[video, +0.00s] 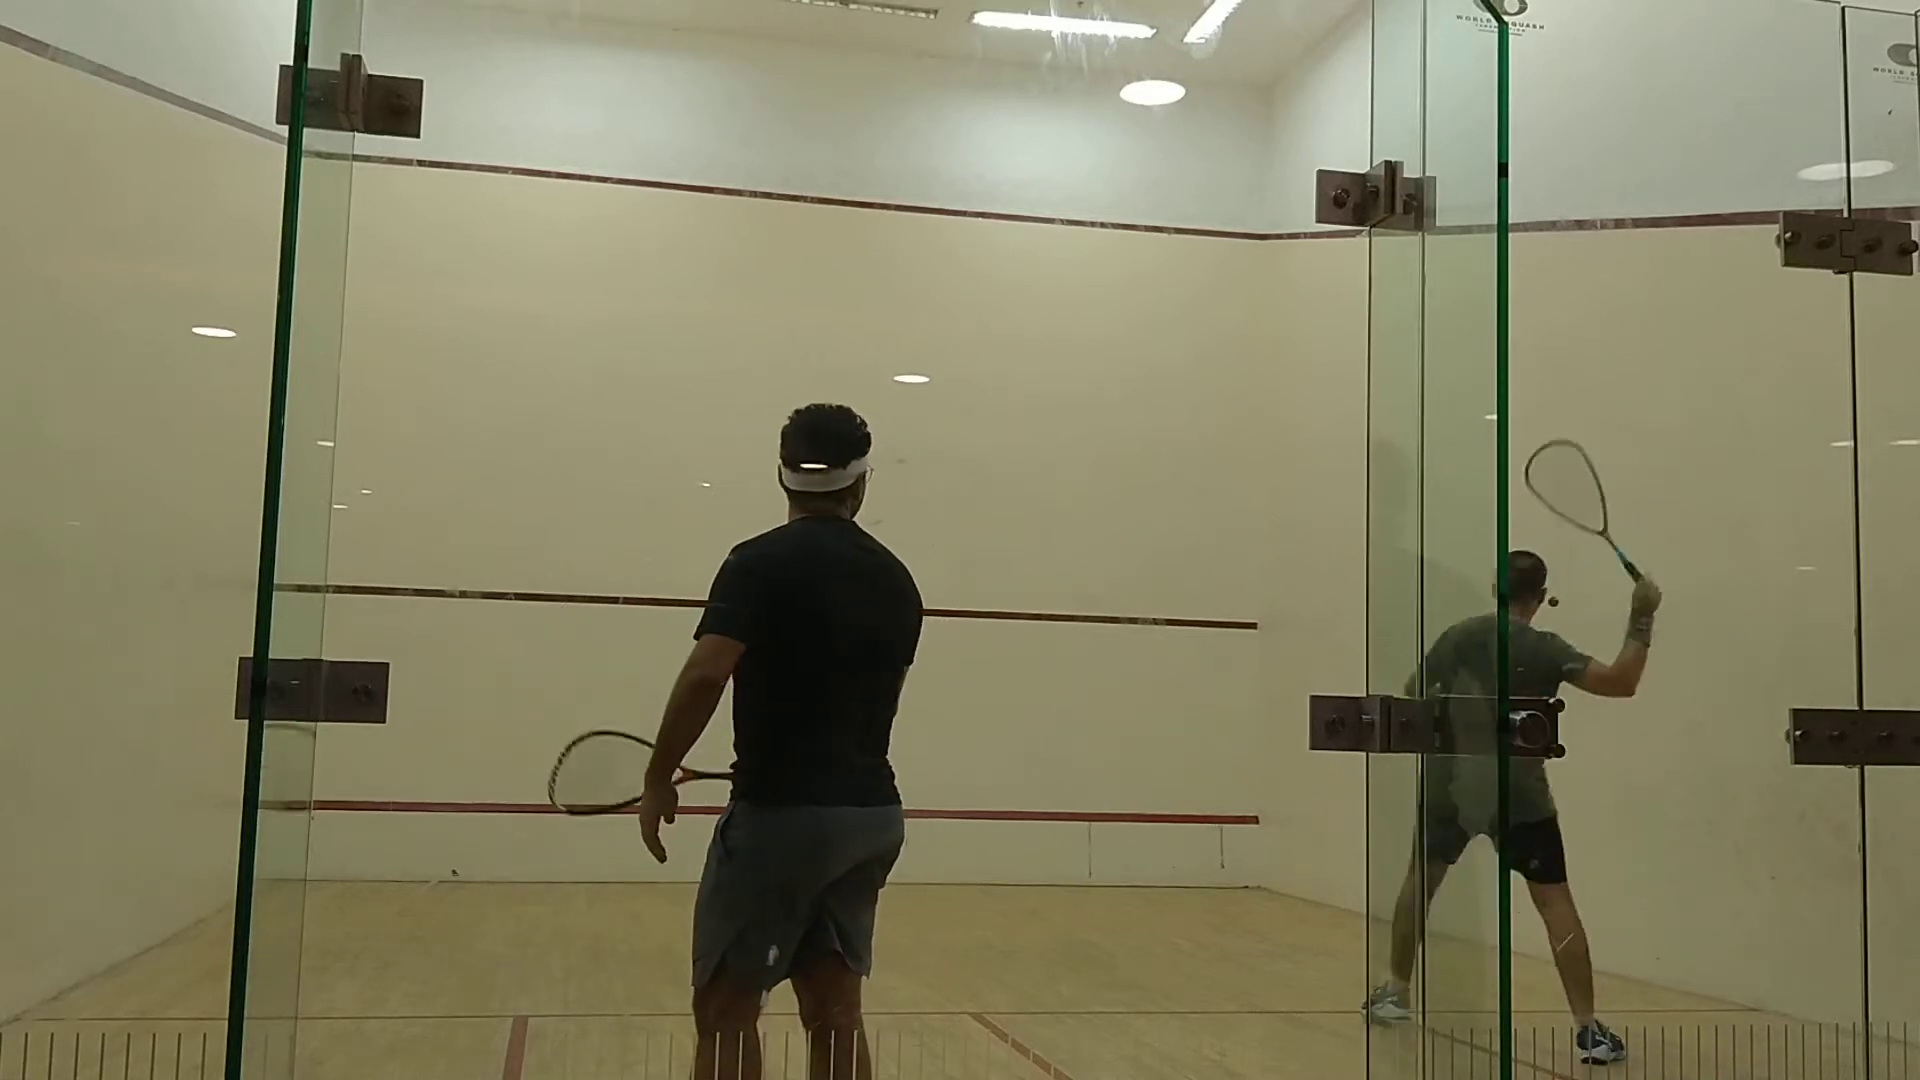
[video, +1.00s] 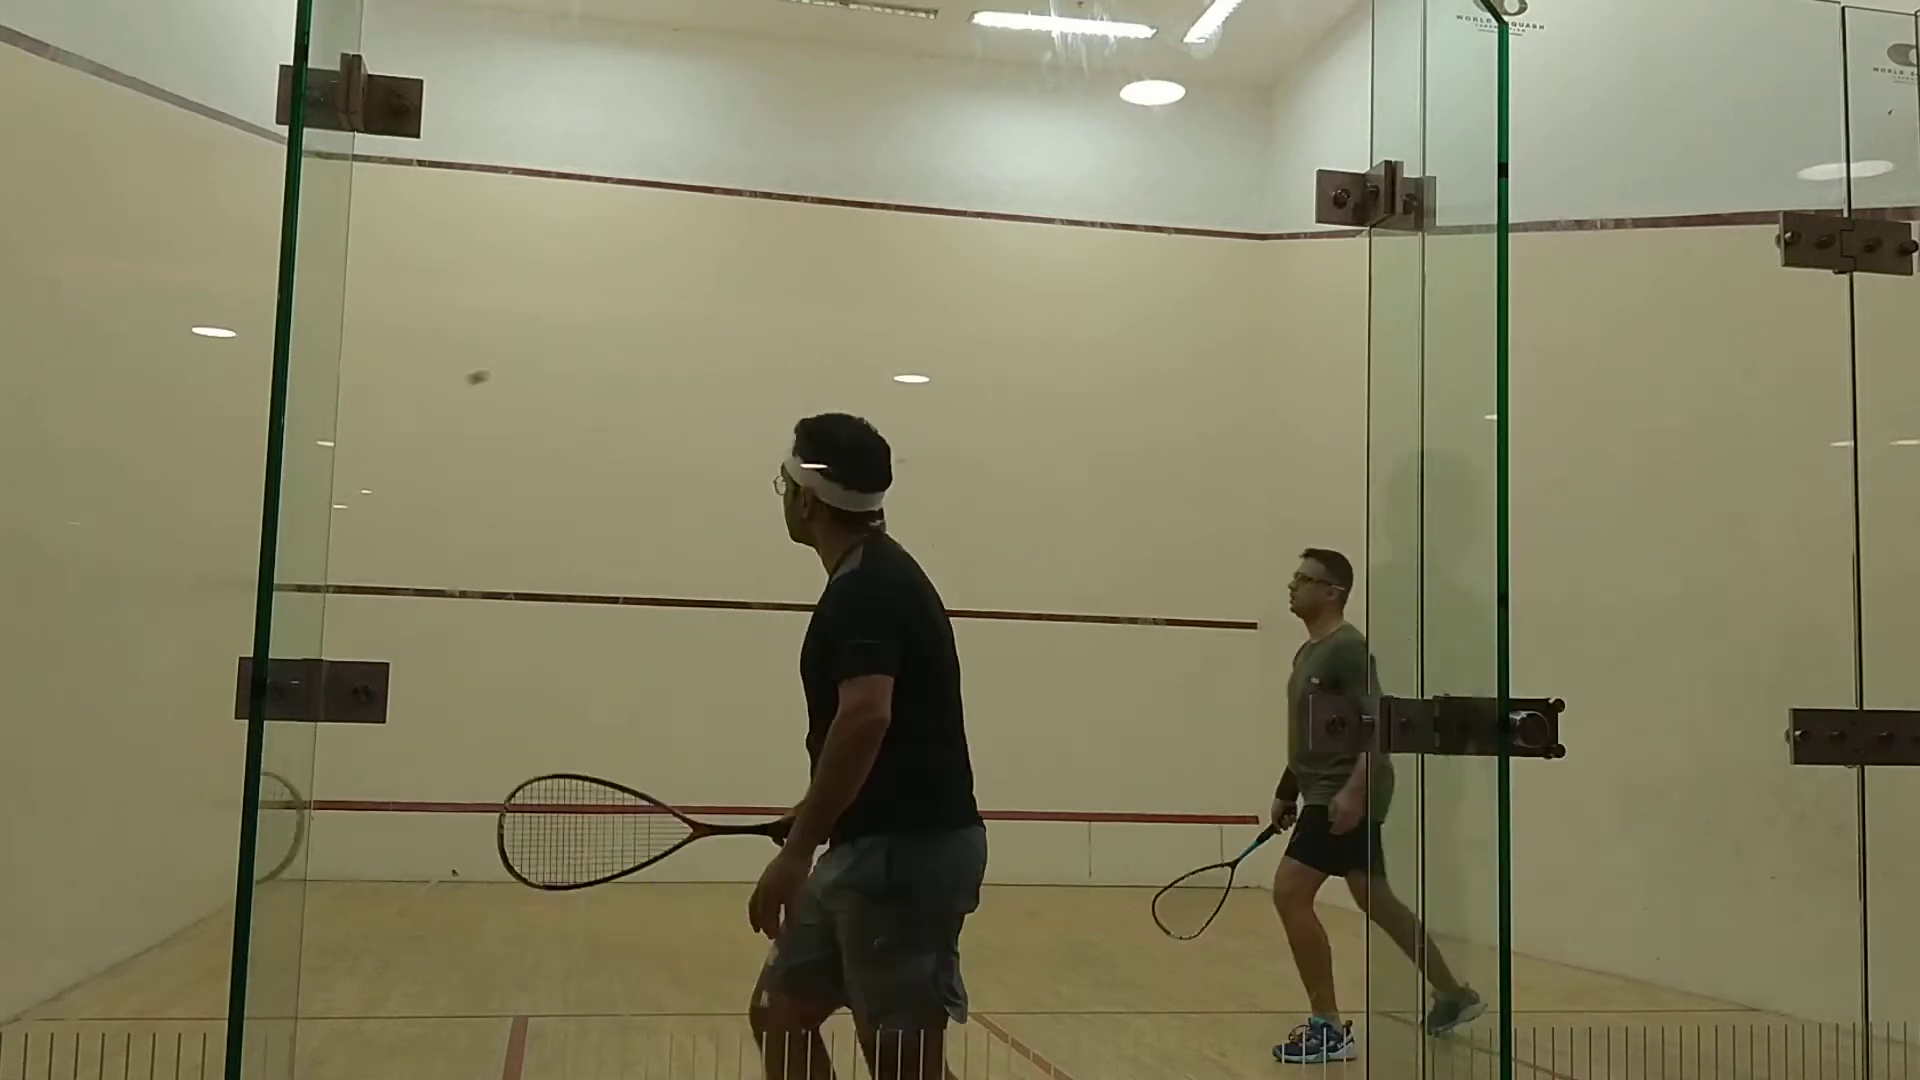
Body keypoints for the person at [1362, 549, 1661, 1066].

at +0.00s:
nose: (1545, 599)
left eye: (1540, 591)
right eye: (1544, 593)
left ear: (1495, 591)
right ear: (1540, 597)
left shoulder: (1454, 638)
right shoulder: (1541, 647)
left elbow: (1410, 701)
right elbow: (1621, 682)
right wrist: (1641, 617)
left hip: (1448, 791)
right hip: (1518, 795)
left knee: (1419, 884)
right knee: (1556, 905)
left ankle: (1395, 992)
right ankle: (1588, 1030)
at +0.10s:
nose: (1504, 611)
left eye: (1489, 599)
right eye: (1510, 603)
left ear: (1469, 600)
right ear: (1513, 608)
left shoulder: (1424, 647)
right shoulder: (1516, 667)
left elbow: (1376, 700)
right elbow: (1585, 697)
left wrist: (1412, 727)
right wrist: (1613, 654)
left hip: (1418, 793)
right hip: (1487, 799)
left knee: (1401, 880)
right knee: (1530, 908)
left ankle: (1398, 997)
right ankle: (1579, 1029)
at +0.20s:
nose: (1462, 611)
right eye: (1472, 604)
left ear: (1432, 602)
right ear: (1476, 609)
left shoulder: (1396, 653)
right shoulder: (1486, 665)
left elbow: (1367, 716)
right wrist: (1528, 703)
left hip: (1401, 796)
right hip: (1472, 802)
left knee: (1381, 891)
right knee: (1508, 907)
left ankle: (1396, 999)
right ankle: (1546, 1021)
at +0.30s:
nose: (1399, 595)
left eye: (1402, 588)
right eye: (1404, 587)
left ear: (1407, 594)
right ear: (1445, 597)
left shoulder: (1394, 647)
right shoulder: (1463, 650)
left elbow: (1375, 721)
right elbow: (1466, 720)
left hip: (1400, 799)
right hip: (1461, 798)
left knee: (1386, 892)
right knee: (1465, 901)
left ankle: (1397, 996)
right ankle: (1486, 1004)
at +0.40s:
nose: (1378, 593)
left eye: (1381, 586)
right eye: (1382, 586)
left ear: (1392, 589)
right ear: (1422, 591)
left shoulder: (1400, 638)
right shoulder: (1438, 640)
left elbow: (1387, 704)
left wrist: (1347, 745)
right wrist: (1329, 742)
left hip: (1408, 792)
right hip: (1448, 792)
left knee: (1393, 889)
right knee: (1434, 894)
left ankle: (1396, 995)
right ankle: (1461, 1006)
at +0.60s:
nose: (1362, 595)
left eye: (1366, 587)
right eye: (1364, 587)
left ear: (1381, 592)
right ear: (1398, 591)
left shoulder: (1420, 643)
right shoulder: (1386, 651)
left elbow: (1447, 704)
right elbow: (1374, 717)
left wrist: (1416, 758)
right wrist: (1336, 758)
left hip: (1418, 788)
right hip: (1414, 788)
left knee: (1346, 871)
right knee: (1422, 892)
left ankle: (1375, 976)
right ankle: (1475, 1002)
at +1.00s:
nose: (1291, 586)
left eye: (1302, 580)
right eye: (1294, 579)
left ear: (1332, 593)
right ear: (1318, 592)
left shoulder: (1348, 648)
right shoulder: (1310, 650)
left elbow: (1376, 727)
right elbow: (1308, 735)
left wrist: (1355, 790)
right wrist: (1286, 793)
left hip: (1341, 797)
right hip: (1337, 794)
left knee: (1290, 895)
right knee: (1378, 900)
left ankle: (1328, 1026)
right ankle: (1453, 992)